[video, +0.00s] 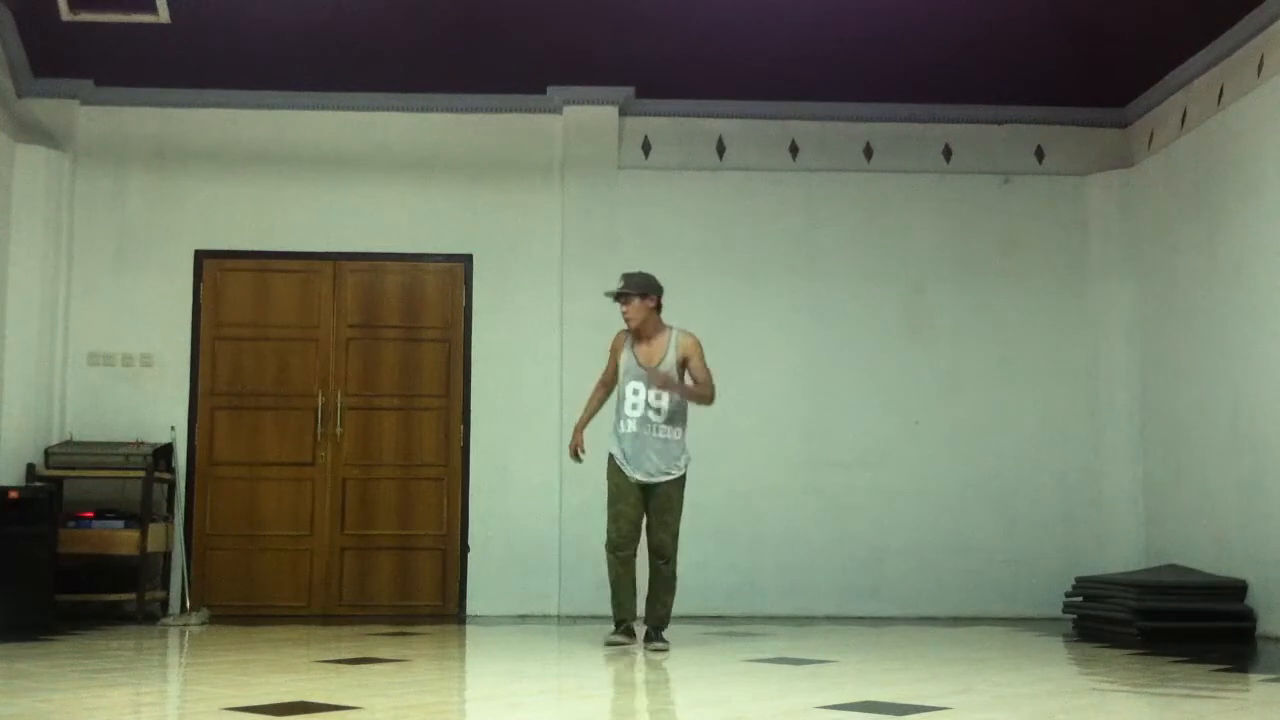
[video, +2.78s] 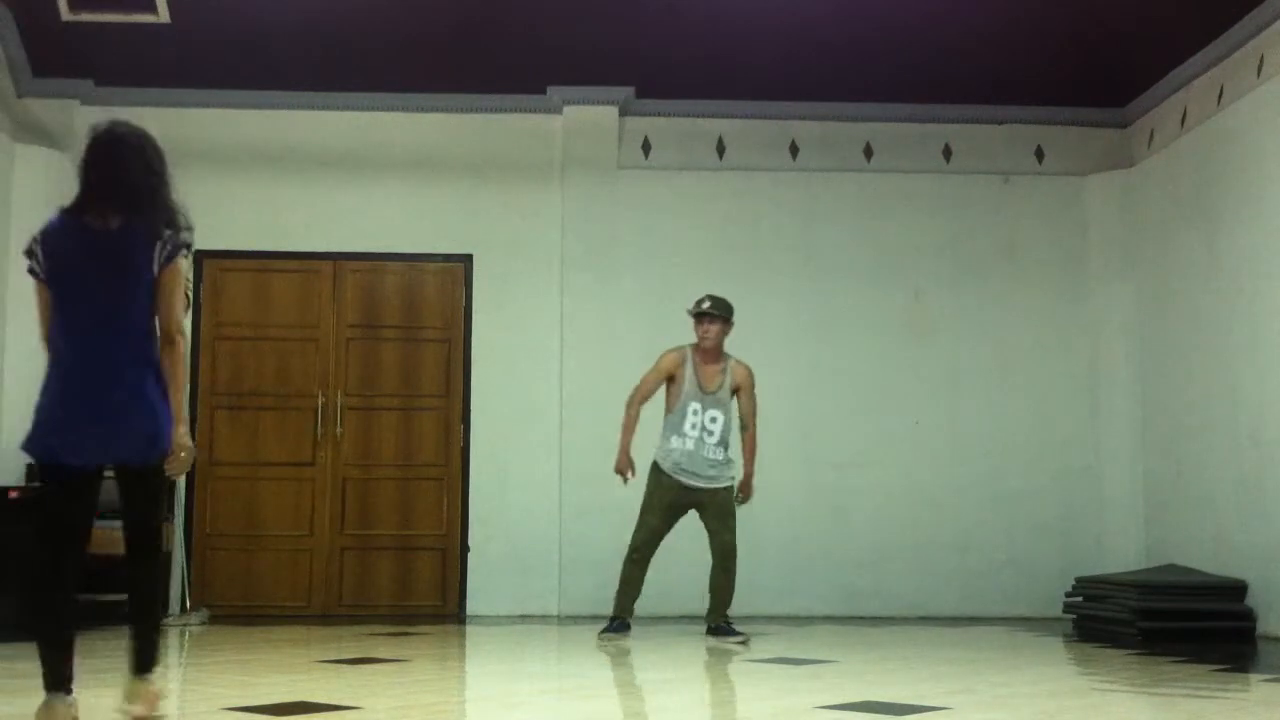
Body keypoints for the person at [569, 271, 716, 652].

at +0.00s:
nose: (622, 308)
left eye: (628, 301)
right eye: (620, 302)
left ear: (652, 302)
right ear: (627, 305)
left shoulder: (685, 343)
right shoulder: (622, 343)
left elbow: (707, 394)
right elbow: (606, 384)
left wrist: (674, 386)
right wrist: (580, 426)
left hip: (668, 466)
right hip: (624, 462)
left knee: (662, 549)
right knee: (620, 544)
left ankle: (656, 627)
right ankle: (624, 625)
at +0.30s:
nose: (613, 313)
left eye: (620, 305)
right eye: (611, 307)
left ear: (642, 308)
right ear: (612, 311)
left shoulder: (667, 338)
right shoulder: (609, 362)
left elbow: (694, 385)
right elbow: (601, 422)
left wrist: (667, 420)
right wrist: (586, 475)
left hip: (654, 466)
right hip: (614, 469)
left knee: (644, 540)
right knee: (616, 546)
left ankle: (652, 620)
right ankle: (629, 625)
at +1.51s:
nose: (626, 317)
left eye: (634, 312)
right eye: (620, 311)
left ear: (643, 318)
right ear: (610, 316)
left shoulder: (660, 359)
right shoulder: (594, 367)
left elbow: (668, 407)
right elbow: (592, 419)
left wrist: (681, 431)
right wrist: (582, 438)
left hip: (648, 472)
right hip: (607, 473)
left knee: (648, 546)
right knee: (608, 550)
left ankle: (650, 621)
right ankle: (614, 622)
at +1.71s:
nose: (636, 325)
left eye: (643, 320)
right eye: (630, 318)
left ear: (651, 325)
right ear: (618, 319)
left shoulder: (660, 366)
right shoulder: (595, 365)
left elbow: (676, 416)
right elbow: (580, 419)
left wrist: (707, 394)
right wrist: (567, 392)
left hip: (653, 472)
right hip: (609, 473)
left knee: (663, 540)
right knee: (609, 549)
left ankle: (676, 615)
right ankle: (614, 624)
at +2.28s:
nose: (668, 335)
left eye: (676, 329)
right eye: (663, 328)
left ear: (685, 335)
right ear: (653, 330)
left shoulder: (695, 376)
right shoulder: (631, 372)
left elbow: (720, 421)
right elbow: (604, 413)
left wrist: (742, 388)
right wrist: (594, 373)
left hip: (689, 484)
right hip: (643, 482)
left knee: (714, 548)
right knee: (624, 547)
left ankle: (716, 621)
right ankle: (615, 623)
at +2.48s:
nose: (678, 328)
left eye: (687, 323)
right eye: (674, 321)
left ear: (699, 328)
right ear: (667, 324)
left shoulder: (713, 366)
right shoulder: (649, 358)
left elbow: (748, 399)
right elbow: (604, 383)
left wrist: (761, 431)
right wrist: (609, 405)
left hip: (698, 480)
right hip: (652, 476)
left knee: (714, 550)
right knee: (631, 546)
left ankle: (716, 619)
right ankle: (616, 622)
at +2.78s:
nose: (704, 326)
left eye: (712, 321)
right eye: (700, 320)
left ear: (727, 327)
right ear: (694, 324)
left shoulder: (739, 374)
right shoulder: (675, 361)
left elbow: (748, 427)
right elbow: (635, 401)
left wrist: (748, 475)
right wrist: (624, 451)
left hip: (716, 483)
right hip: (670, 477)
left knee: (726, 553)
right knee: (641, 547)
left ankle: (718, 621)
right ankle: (620, 618)